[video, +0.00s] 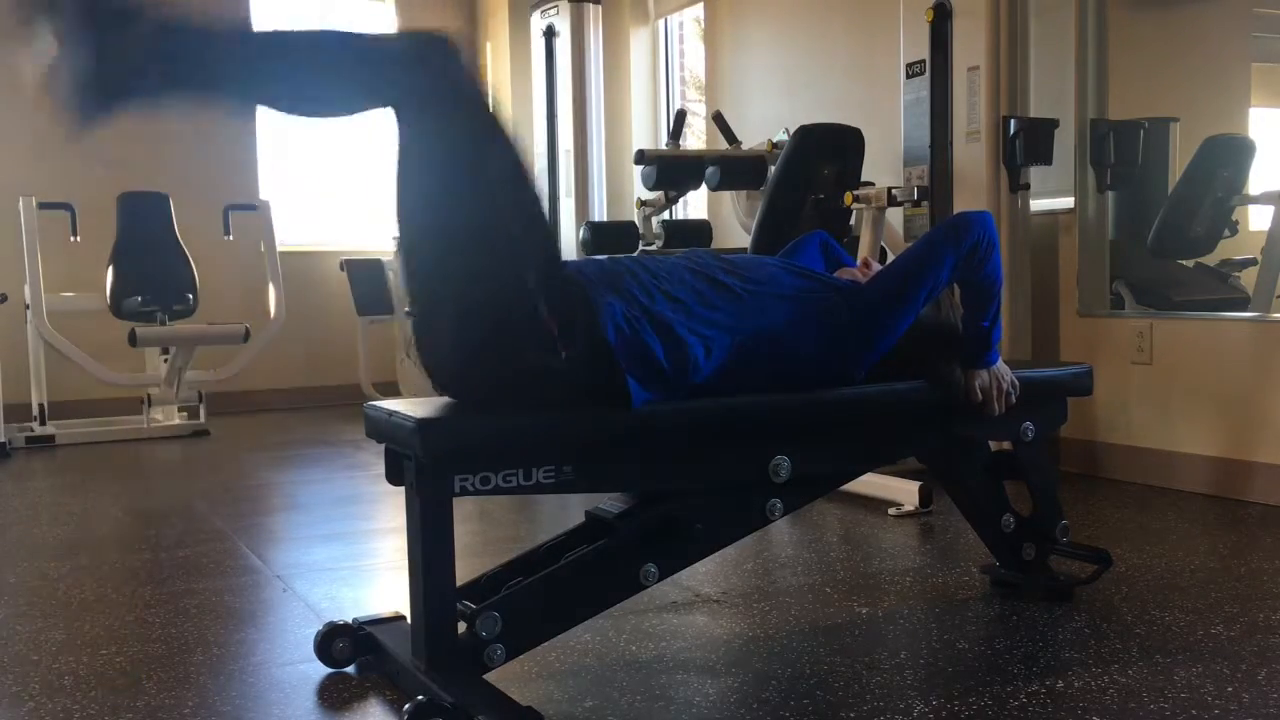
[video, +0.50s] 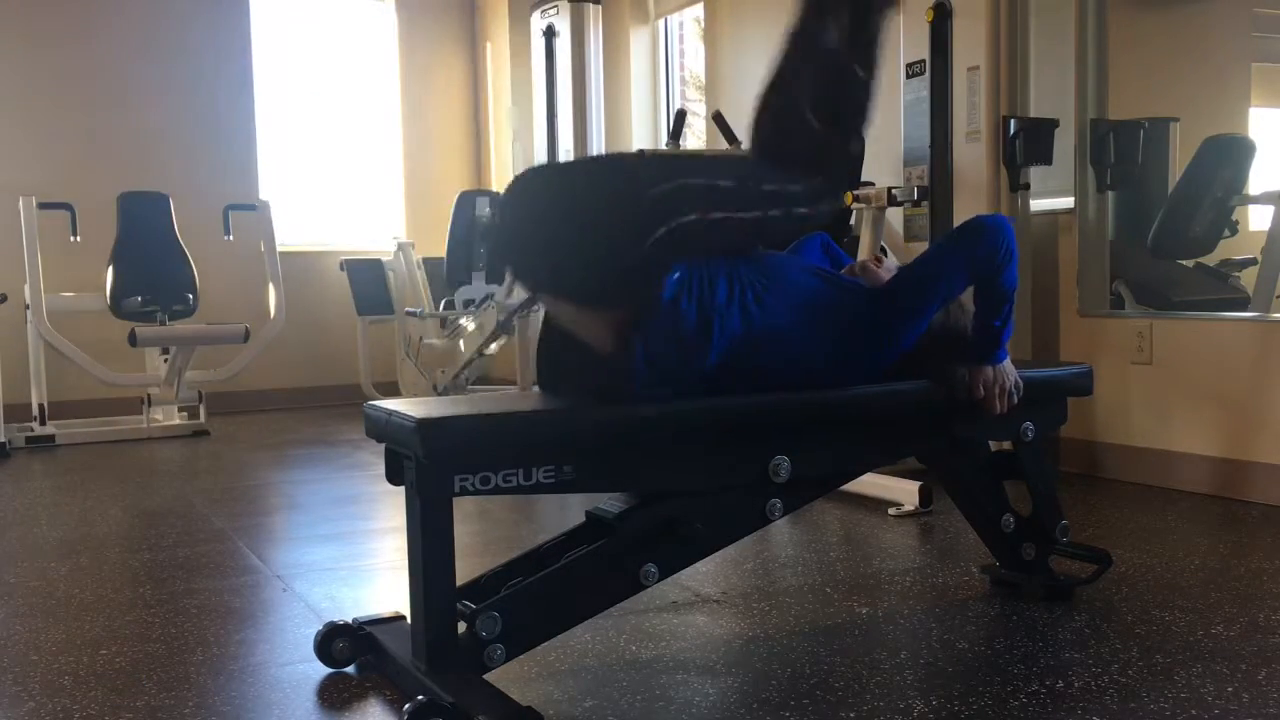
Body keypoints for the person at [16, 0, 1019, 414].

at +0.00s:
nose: (863, 244)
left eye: (881, 249)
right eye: (859, 237)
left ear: (890, 294)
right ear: (837, 254)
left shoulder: (853, 330)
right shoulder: (788, 285)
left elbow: (978, 230)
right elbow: (812, 180)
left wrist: (963, 338)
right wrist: (858, 241)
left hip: (538, 355)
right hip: (525, 327)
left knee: (429, 70)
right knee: (428, 70)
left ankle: (137, 57)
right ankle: (146, 46)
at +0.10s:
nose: (875, 266)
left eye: (884, 274)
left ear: (905, 315)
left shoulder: (861, 334)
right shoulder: (800, 288)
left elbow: (975, 229)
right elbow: (819, 228)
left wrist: (989, 351)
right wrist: (865, 278)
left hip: (552, 357)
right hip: (527, 326)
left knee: (542, 56)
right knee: (537, 57)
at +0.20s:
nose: (867, 259)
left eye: (881, 267)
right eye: (867, 256)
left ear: (885, 297)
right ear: (848, 274)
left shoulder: (866, 325)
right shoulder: (796, 286)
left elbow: (980, 229)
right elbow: (815, 236)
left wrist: (989, 353)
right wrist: (866, 275)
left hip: (571, 346)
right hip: (529, 321)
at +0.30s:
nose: (873, 258)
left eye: (886, 265)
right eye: (874, 254)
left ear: (887, 293)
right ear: (853, 267)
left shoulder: (869, 327)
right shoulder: (808, 281)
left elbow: (982, 230)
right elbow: (813, 232)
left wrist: (992, 351)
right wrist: (861, 266)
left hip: (612, 343)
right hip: (595, 307)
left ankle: (699, 149)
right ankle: (697, 153)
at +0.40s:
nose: (879, 259)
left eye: (893, 270)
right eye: (886, 259)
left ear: (914, 321)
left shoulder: (873, 331)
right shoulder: (825, 297)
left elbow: (984, 232)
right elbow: (814, 240)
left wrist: (991, 351)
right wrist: (856, 272)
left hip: (624, 315)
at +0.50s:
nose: (886, 257)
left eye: (899, 272)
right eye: (895, 260)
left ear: (911, 314)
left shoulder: (872, 332)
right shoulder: (834, 288)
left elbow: (991, 235)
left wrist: (994, 351)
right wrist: (860, 272)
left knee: (527, 201)